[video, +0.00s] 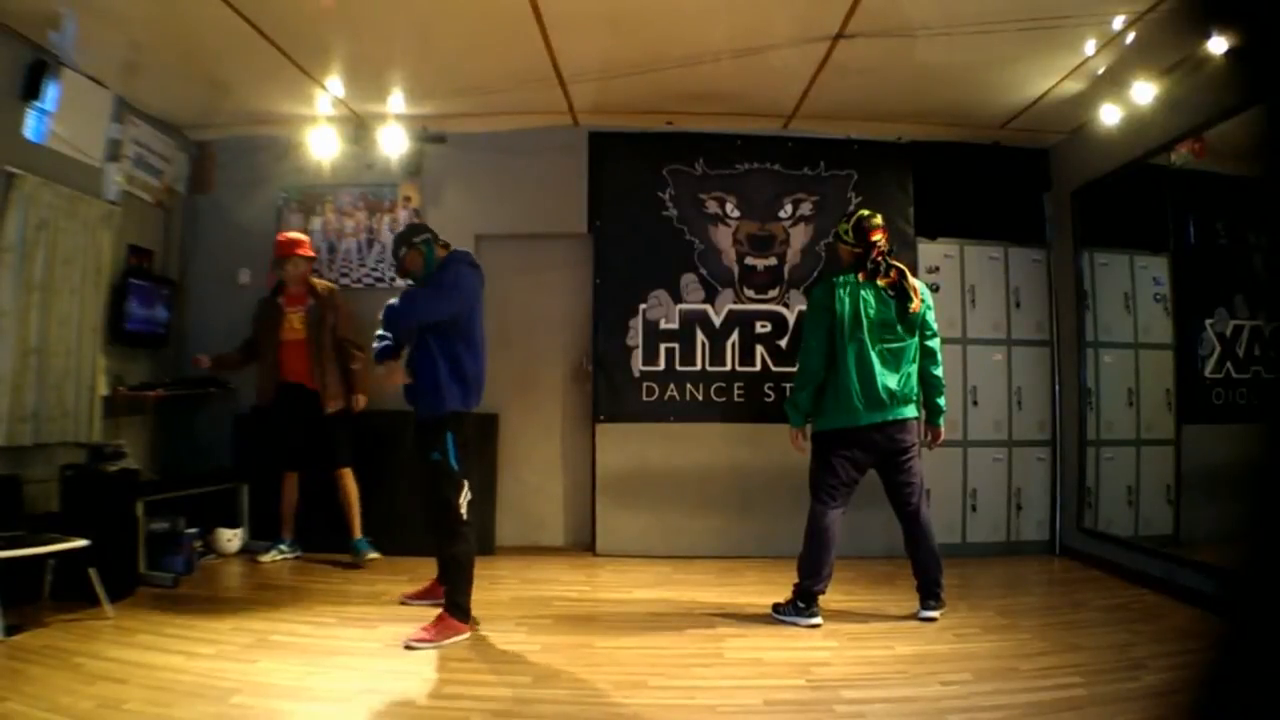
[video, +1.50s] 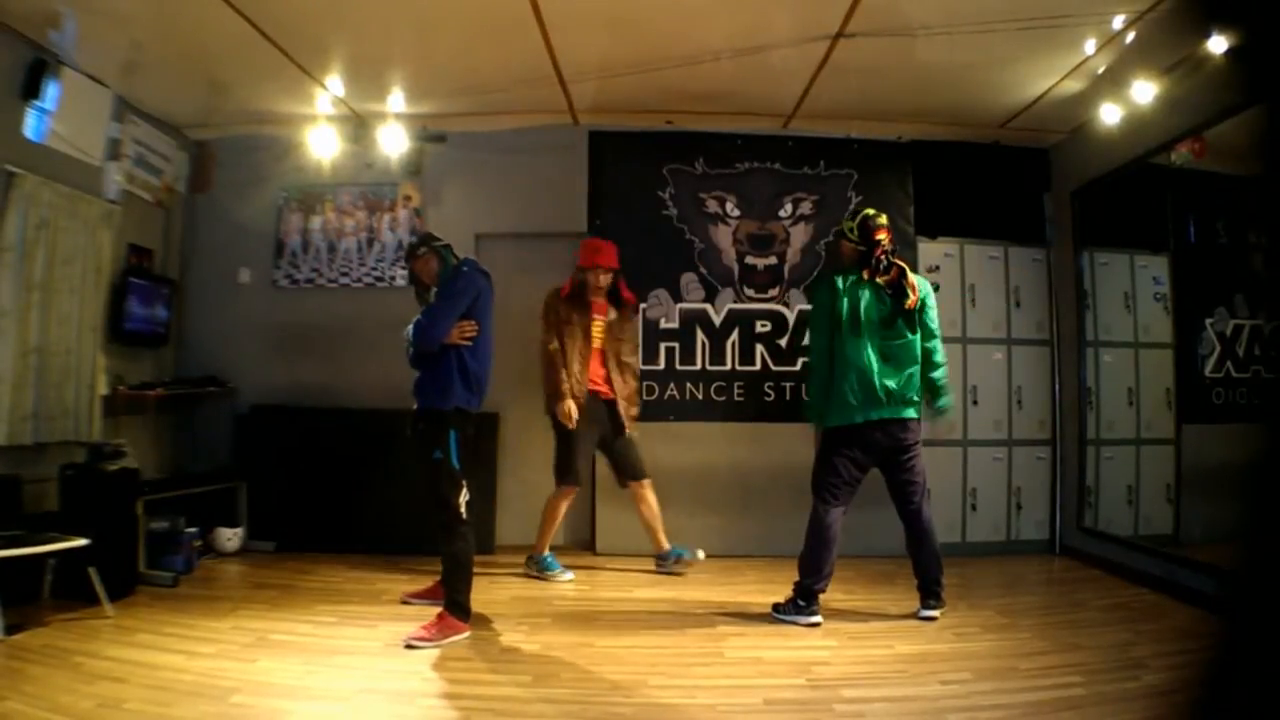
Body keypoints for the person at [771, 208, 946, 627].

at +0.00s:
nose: (835, 250)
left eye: (839, 244)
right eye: (837, 243)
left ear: (852, 249)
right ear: (880, 247)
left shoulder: (830, 291)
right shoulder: (914, 290)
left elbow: (813, 358)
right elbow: (931, 357)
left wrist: (798, 412)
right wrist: (935, 411)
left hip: (844, 421)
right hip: (899, 420)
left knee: (827, 506)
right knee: (914, 508)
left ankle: (806, 600)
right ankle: (931, 598)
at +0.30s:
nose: (835, 250)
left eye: (840, 245)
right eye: (838, 243)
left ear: (852, 249)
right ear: (880, 246)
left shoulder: (830, 290)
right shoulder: (912, 288)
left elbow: (804, 352)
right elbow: (938, 344)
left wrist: (773, 396)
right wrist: (954, 392)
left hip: (842, 422)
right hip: (899, 420)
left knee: (827, 506)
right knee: (914, 508)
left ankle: (806, 600)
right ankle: (931, 598)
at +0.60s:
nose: (833, 251)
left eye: (838, 245)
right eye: (837, 245)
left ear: (848, 249)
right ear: (881, 248)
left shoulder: (829, 286)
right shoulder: (910, 284)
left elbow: (781, 313)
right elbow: (962, 310)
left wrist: (722, 299)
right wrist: (1007, 303)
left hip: (841, 419)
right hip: (898, 418)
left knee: (827, 504)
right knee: (913, 507)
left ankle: (806, 601)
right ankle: (932, 598)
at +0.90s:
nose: (831, 250)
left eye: (837, 244)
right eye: (836, 243)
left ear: (848, 249)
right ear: (879, 249)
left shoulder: (827, 287)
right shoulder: (908, 283)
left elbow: (778, 306)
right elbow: (962, 304)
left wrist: (723, 288)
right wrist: (1009, 290)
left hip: (840, 420)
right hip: (897, 419)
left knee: (827, 504)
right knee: (913, 508)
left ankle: (806, 602)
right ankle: (932, 598)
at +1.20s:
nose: (832, 250)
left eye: (838, 244)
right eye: (836, 244)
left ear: (849, 249)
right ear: (880, 249)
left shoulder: (827, 287)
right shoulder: (910, 284)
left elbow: (775, 315)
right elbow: (963, 310)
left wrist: (721, 306)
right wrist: (1008, 299)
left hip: (841, 420)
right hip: (898, 419)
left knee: (827, 504)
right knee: (914, 507)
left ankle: (806, 601)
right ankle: (931, 598)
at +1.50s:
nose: (835, 246)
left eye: (842, 240)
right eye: (838, 238)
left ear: (858, 247)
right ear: (882, 245)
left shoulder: (830, 288)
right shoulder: (916, 286)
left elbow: (819, 354)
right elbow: (932, 349)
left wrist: (816, 408)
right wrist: (938, 397)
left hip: (848, 417)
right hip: (901, 418)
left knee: (829, 504)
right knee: (915, 507)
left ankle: (806, 599)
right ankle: (931, 597)